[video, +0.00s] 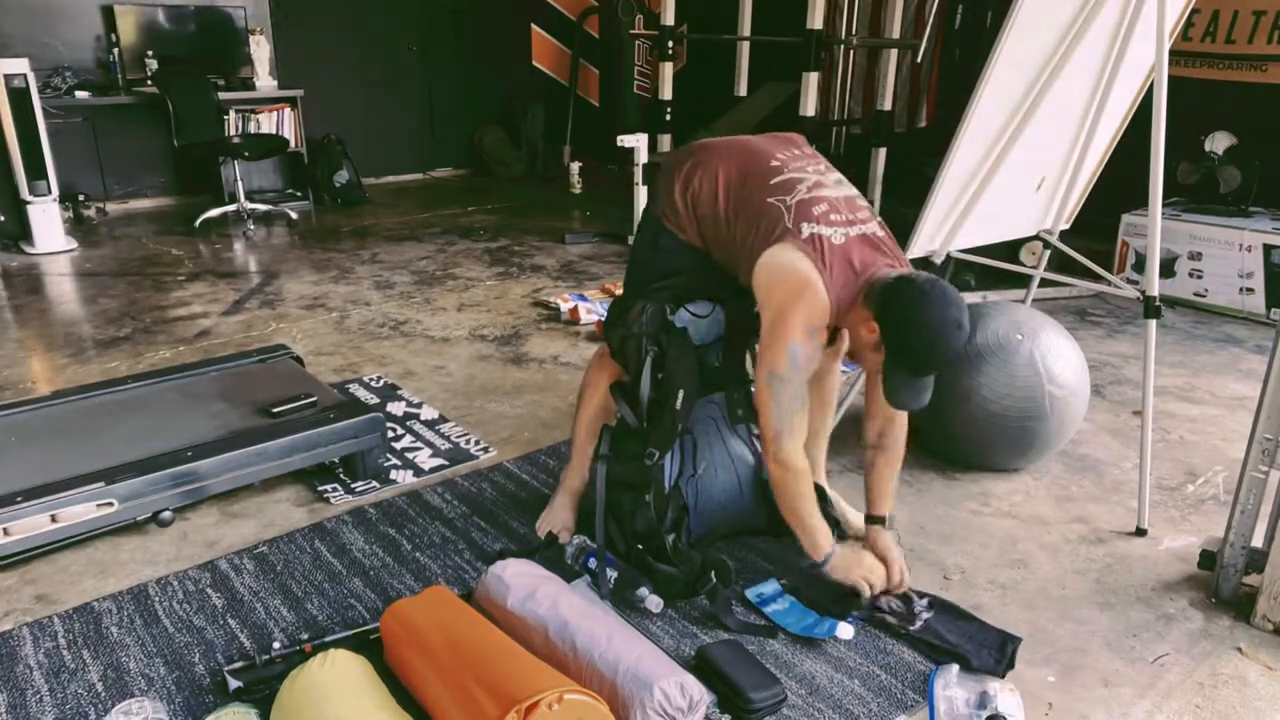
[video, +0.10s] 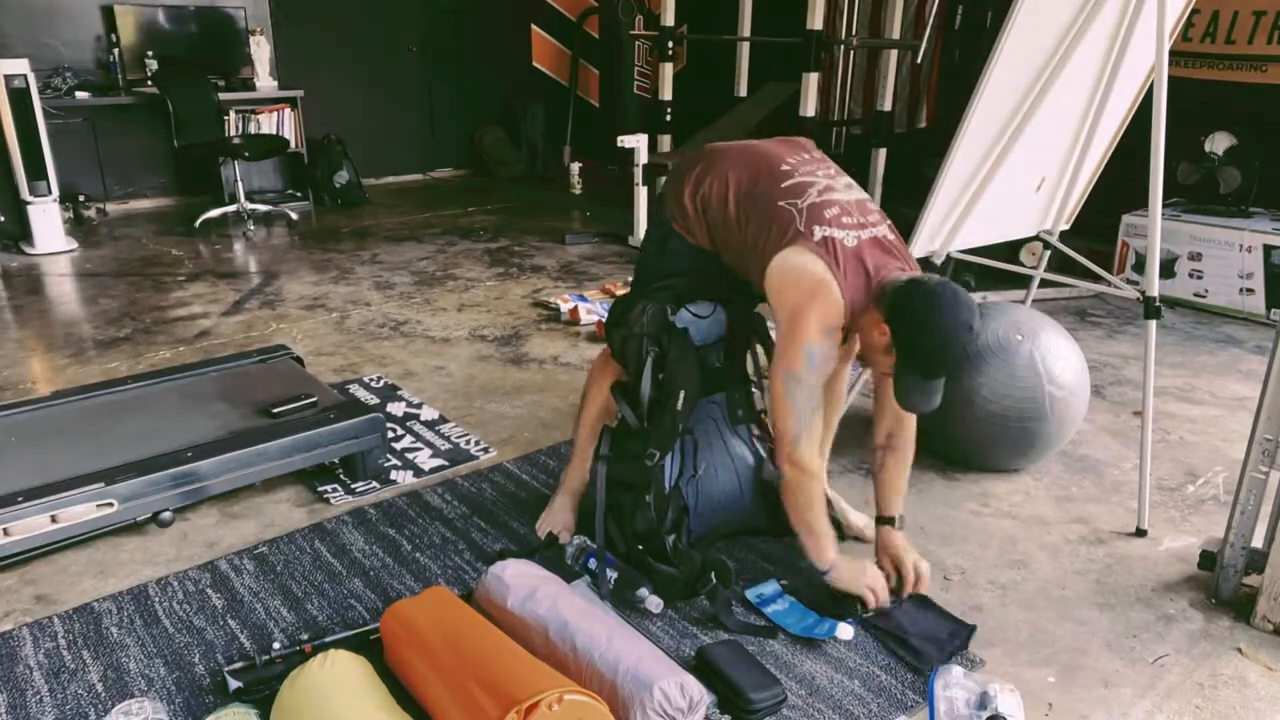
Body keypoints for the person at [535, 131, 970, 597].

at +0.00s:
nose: (881, 376)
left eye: (893, 375)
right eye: (883, 369)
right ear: (867, 327)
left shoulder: (904, 295)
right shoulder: (800, 294)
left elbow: (885, 419)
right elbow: (780, 451)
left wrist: (882, 527)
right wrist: (829, 553)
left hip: (784, 171)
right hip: (690, 187)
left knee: (833, 344)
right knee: (622, 350)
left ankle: (811, 483)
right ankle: (570, 488)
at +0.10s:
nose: (888, 379)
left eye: (901, 378)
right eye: (891, 370)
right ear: (878, 328)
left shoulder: (911, 298)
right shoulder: (815, 298)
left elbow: (895, 425)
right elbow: (792, 452)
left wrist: (892, 527)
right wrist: (831, 562)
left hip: (789, 173)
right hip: (698, 189)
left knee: (840, 351)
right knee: (627, 354)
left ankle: (811, 481)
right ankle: (570, 490)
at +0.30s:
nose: (872, 323)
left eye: (883, 321)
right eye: (876, 311)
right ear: (864, 273)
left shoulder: (888, 241)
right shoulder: (800, 244)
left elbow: (843, 342)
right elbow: (756, 374)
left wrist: (831, 439)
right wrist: (798, 452)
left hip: (751, 217)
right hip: (668, 193)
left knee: (798, 343)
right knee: (624, 348)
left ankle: (816, 501)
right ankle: (570, 489)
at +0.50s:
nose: (875, 305)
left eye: (886, 302)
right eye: (880, 297)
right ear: (862, 263)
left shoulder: (883, 226)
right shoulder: (796, 242)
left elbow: (824, 320)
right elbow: (748, 371)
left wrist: (806, 412)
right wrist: (788, 455)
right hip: (668, 187)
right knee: (638, 351)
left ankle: (822, 491)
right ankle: (593, 499)